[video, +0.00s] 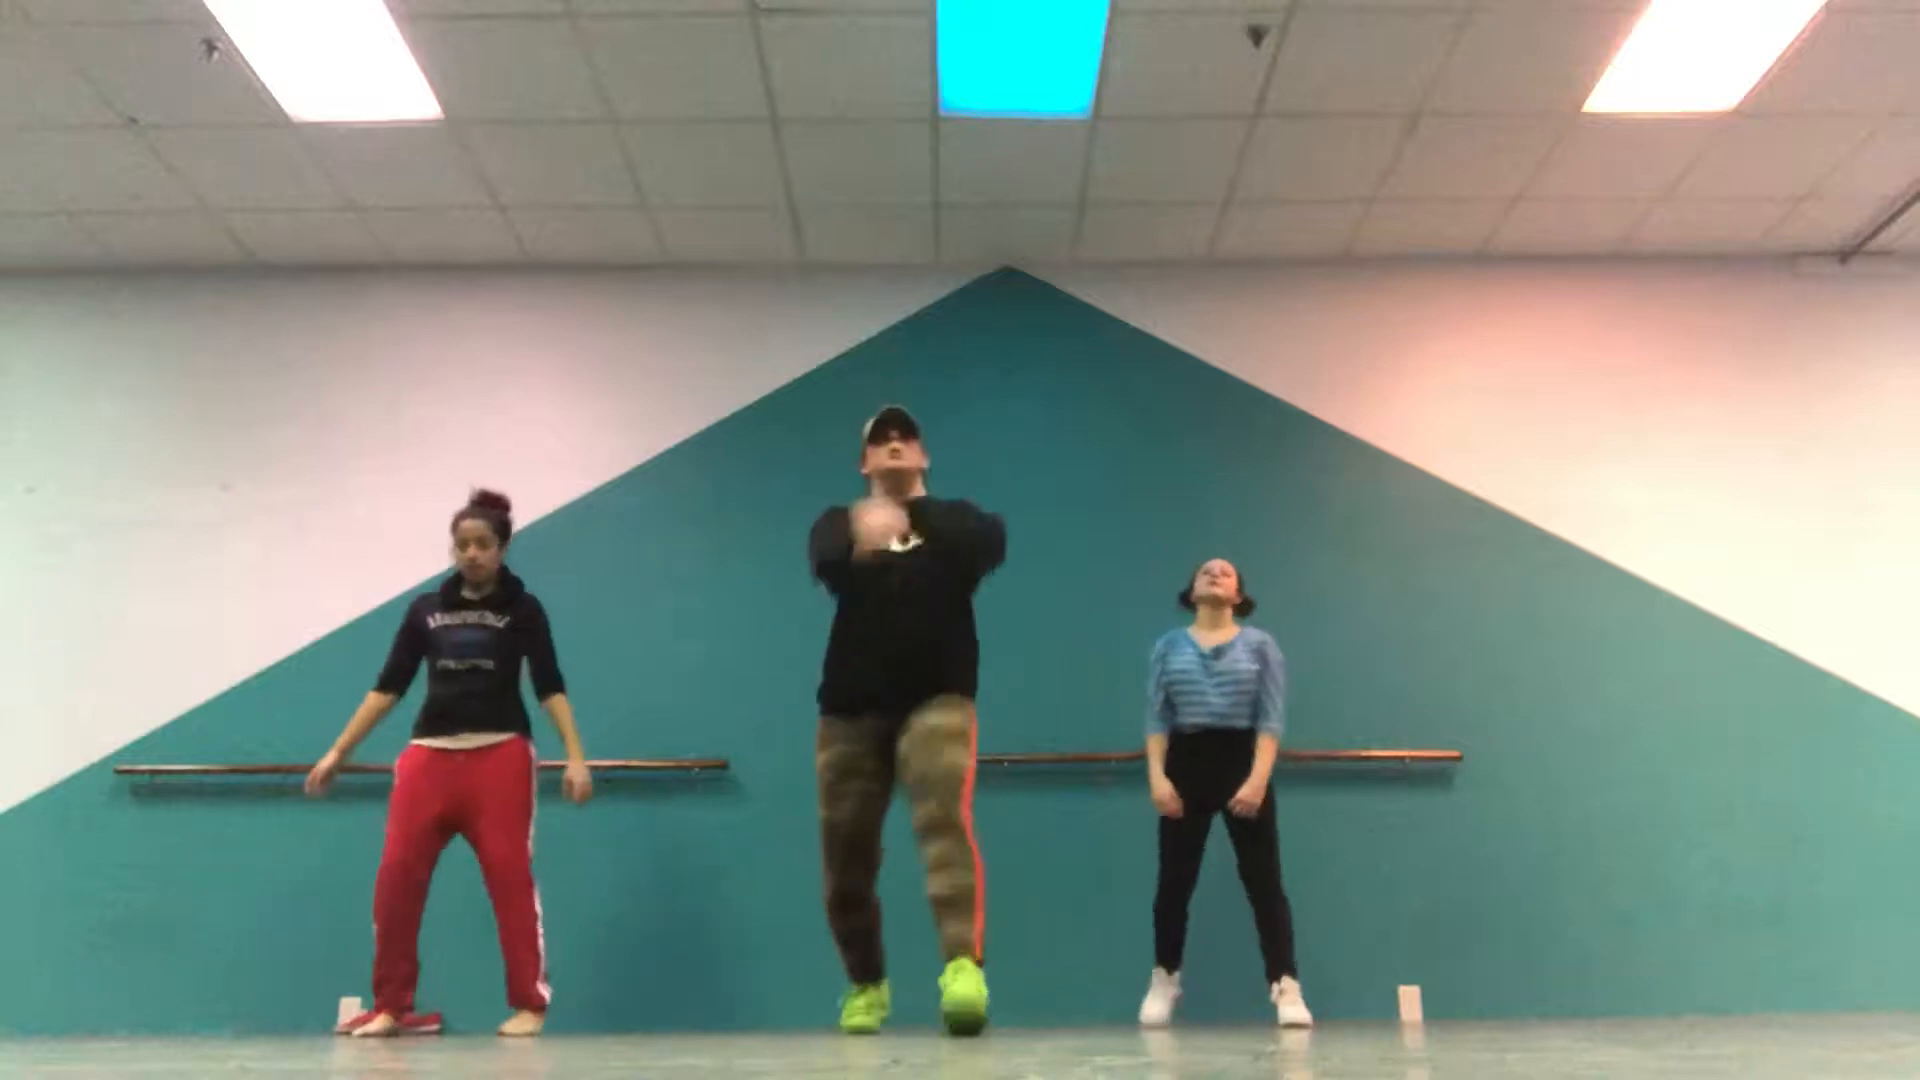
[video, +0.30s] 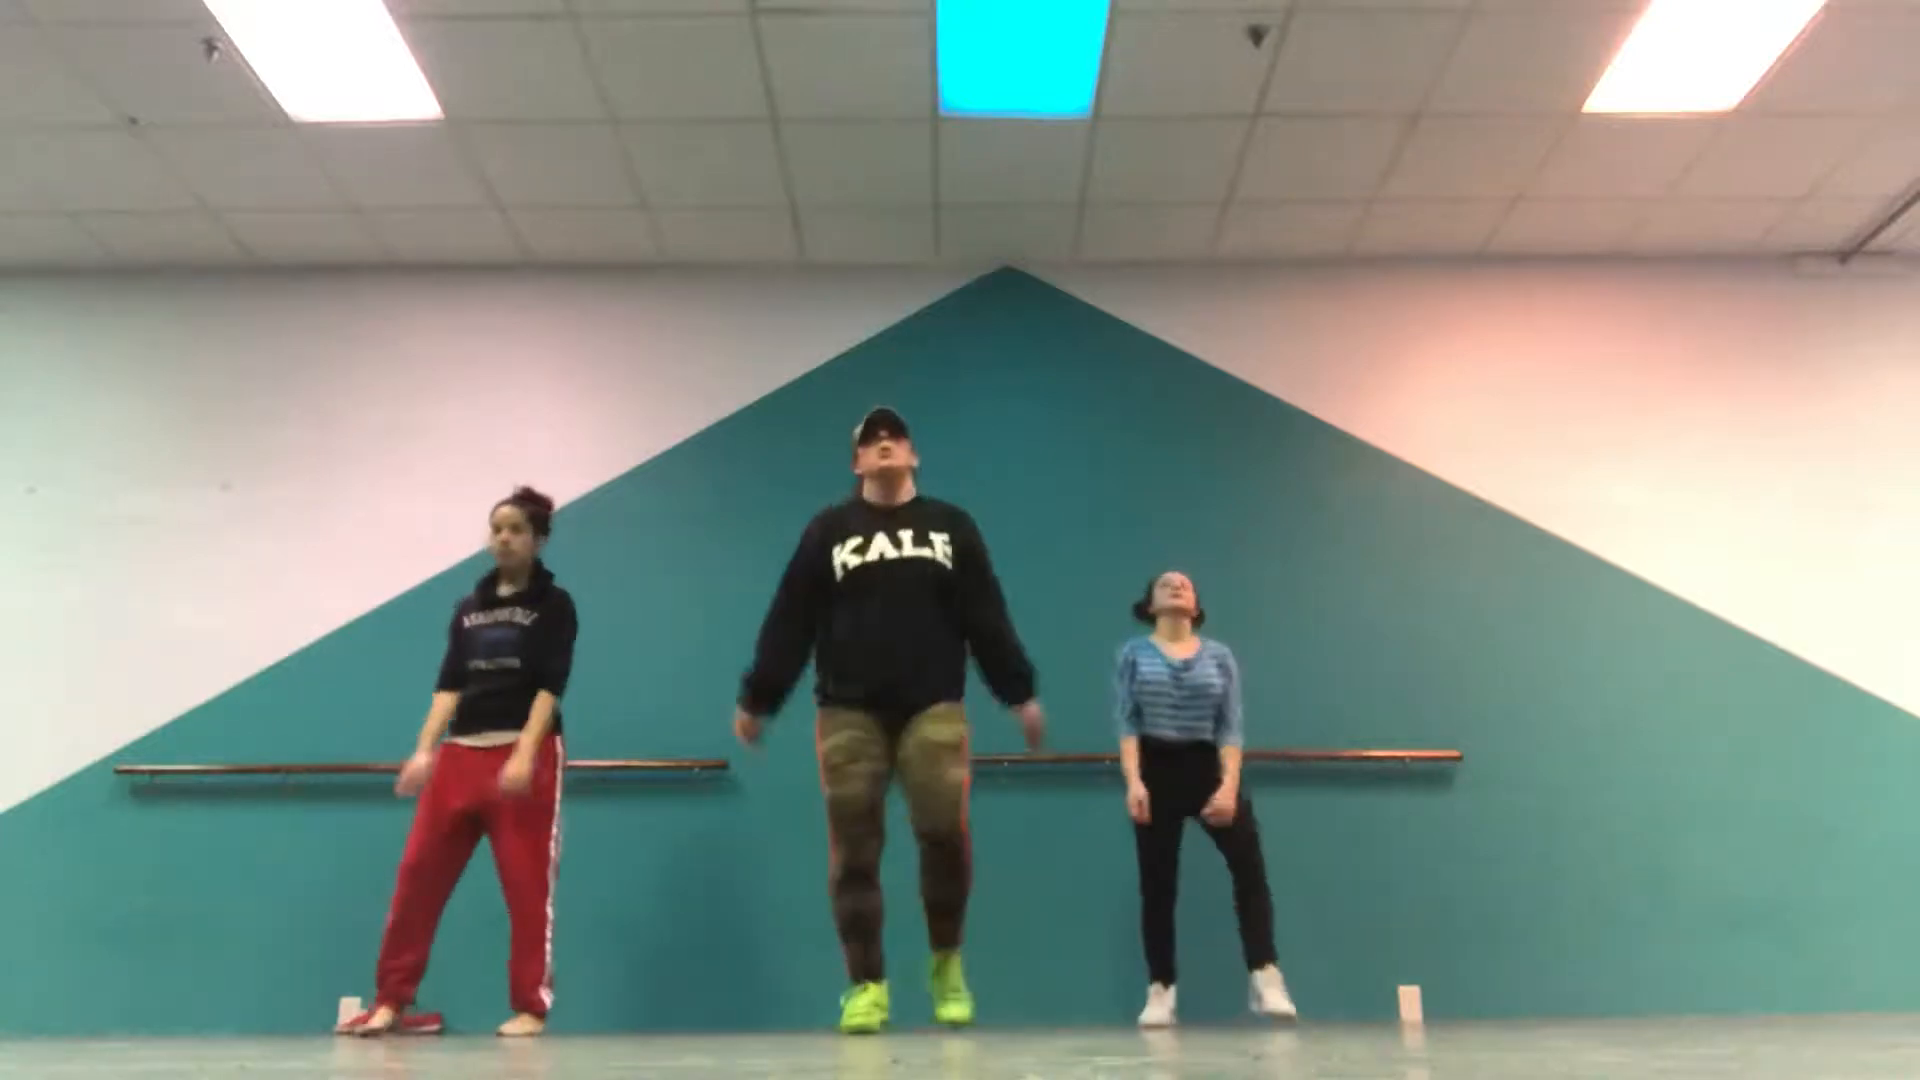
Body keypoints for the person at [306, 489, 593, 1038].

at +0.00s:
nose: (471, 554)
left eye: (482, 543)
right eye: (462, 544)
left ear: (504, 546)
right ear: (451, 547)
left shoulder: (523, 609)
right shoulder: (425, 608)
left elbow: (550, 688)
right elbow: (387, 688)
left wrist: (576, 757)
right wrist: (337, 751)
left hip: (499, 760)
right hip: (427, 761)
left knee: (509, 878)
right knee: (396, 878)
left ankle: (529, 1005)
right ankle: (391, 1006)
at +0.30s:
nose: (502, 538)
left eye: (514, 530)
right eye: (496, 528)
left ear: (537, 539)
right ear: (489, 536)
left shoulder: (555, 605)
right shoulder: (471, 605)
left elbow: (550, 687)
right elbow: (450, 685)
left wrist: (525, 752)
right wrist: (424, 747)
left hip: (523, 755)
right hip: (459, 756)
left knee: (527, 885)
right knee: (417, 876)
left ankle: (530, 1009)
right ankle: (389, 1001)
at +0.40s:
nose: (504, 535)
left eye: (517, 527)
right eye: (501, 525)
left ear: (540, 538)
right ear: (494, 534)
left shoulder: (556, 602)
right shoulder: (475, 602)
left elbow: (542, 682)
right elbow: (458, 674)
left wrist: (498, 744)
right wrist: (450, 735)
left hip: (528, 749)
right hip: (466, 748)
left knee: (527, 877)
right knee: (421, 867)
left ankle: (531, 1009)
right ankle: (396, 998)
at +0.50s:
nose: (504, 537)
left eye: (516, 530)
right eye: (500, 528)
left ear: (539, 540)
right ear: (493, 536)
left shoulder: (553, 600)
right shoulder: (475, 603)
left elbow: (532, 677)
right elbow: (454, 673)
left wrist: (485, 737)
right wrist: (459, 721)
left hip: (523, 752)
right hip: (464, 747)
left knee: (524, 879)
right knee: (422, 871)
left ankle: (531, 1010)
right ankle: (410, 1001)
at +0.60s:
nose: (497, 548)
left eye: (510, 540)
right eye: (493, 538)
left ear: (533, 550)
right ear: (486, 546)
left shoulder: (545, 607)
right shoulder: (471, 611)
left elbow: (522, 682)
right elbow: (447, 679)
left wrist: (470, 747)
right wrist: (458, 718)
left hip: (515, 756)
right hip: (455, 754)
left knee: (513, 880)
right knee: (423, 878)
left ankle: (530, 1009)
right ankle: (416, 1005)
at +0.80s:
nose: (480, 549)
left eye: (492, 541)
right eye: (476, 540)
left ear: (515, 552)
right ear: (469, 549)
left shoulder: (525, 611)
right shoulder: (447, 614)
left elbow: (512, 688)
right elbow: (424, 682)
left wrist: (489, 759)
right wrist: (424, 735)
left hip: (496, 757)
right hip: (435, 759)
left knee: (502, 881)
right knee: (414, 886)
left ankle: (528, 1006)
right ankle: (417, 1008)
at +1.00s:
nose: (467, 541)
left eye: (479, 535)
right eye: (463, 533)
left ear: (502, 547)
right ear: (456, 543)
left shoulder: (515, 610)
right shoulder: (427, 609)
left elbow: (528, 691)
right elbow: (402, 681)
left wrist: (522, 763)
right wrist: (410, 725)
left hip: (488, 757)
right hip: (426, 760)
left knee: (489, 862)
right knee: (415, 880)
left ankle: (520, 986)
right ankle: (417, 1005)